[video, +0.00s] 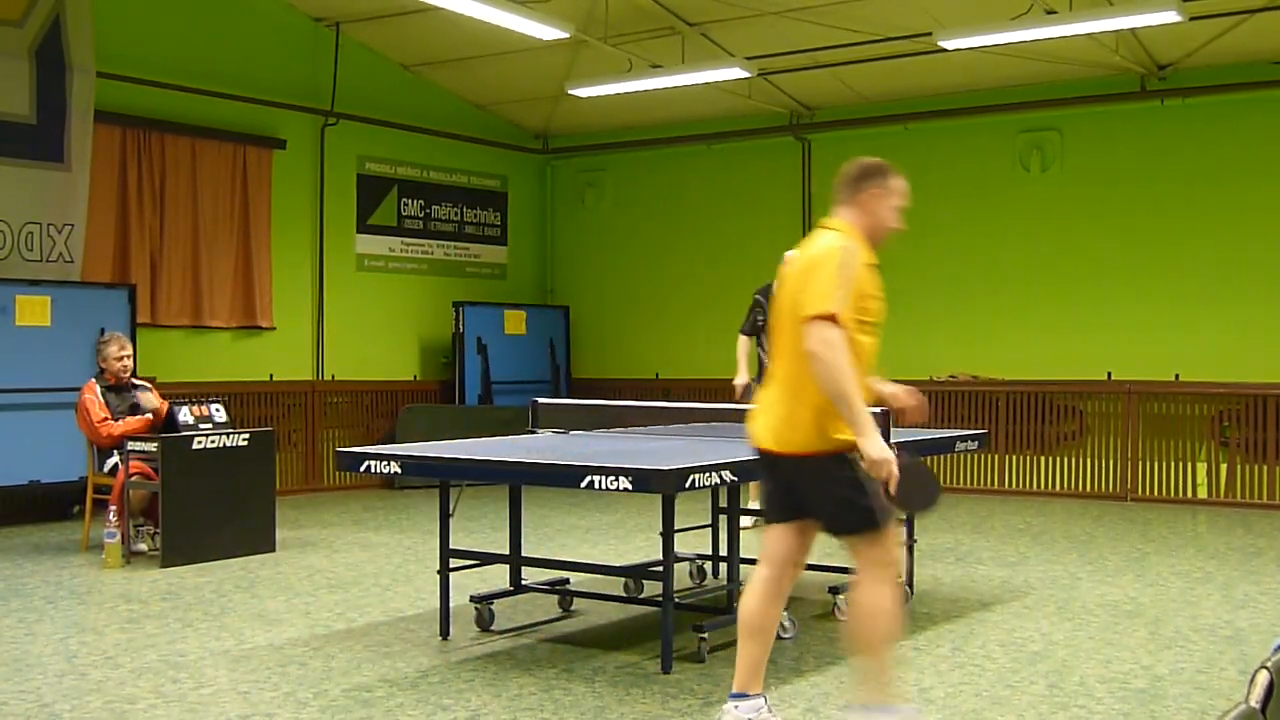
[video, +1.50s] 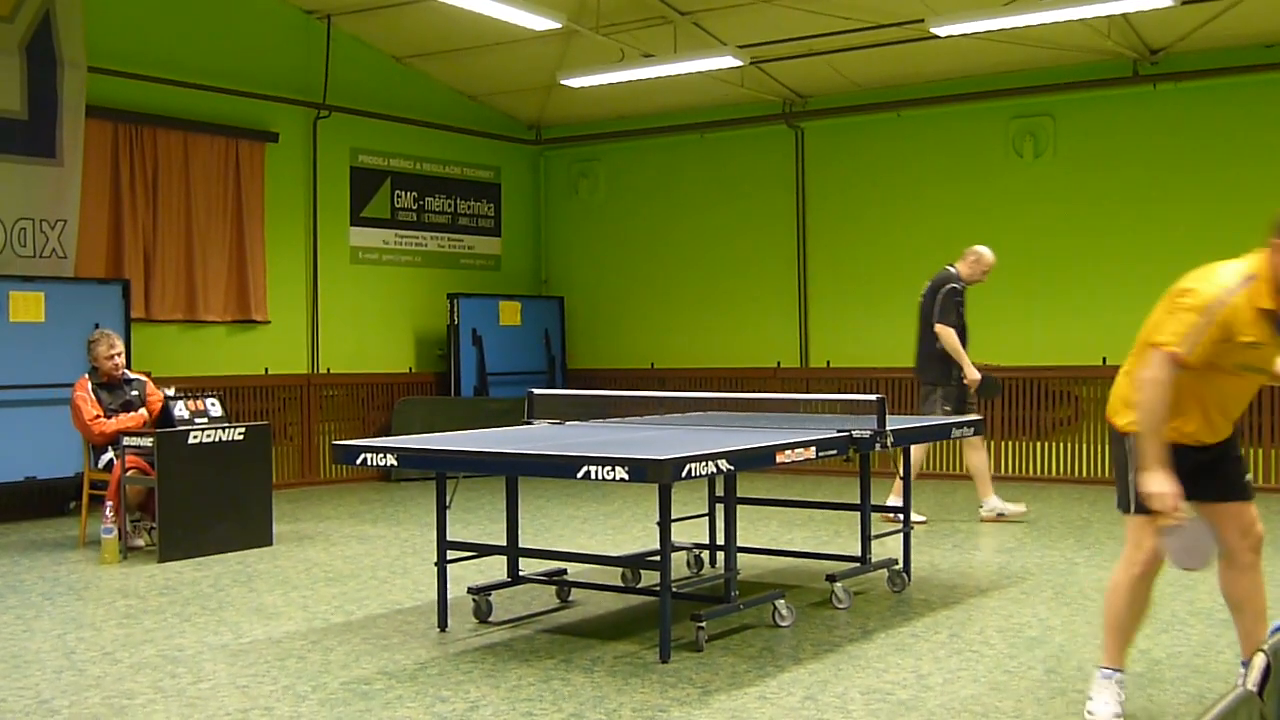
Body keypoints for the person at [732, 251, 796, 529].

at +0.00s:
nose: (792, 269)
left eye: (797, 265)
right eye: (789, 263)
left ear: (807, 269)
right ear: (782, 267)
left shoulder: (813, 299)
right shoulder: (765, 296)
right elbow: (746, 334)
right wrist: (742, 372)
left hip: (801, 385)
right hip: (769, 383)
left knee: (798, 450)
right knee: (763, 449)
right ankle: (754, 505)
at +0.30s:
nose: (837, 276)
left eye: (840, 272)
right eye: (833, 271)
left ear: (842, 273)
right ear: (816, 270)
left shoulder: (840, 296)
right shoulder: (796, 296)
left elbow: (838, 335)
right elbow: (778, 335)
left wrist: (838, 370)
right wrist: (780, 376)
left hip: (828, 382)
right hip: (799, 384)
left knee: (826, 446)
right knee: (791, 443)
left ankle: (810, 512)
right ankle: (760, 495)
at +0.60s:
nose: (878, 284)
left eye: (880, 279)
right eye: (875, 277)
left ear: (872, 276)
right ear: (858, 271)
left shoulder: (862, 298)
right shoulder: (835, 294)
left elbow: (860, 334)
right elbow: (815, 330)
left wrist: (879, 362)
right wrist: (815, 370)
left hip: (845, 380)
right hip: (831, 380)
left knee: (825, 446)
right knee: (855, 441)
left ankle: (809, 509)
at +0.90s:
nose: (913, 278)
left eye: (915, 273)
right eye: (911, 272)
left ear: (900, 266)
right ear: (896, 263)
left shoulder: (889, 287)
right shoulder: (873, 286)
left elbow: (880, 334)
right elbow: (856, 326)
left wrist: (883, 373)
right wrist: (859, 367)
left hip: (878, 374)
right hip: (871, 375)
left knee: (854, 438)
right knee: (892, 439)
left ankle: (820, 493)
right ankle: (897, 505)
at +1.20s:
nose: (946, 272)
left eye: (949, 266)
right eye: (945, 265)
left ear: (929, 256)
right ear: (931, 256)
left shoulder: (906, 276)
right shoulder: (914, 279)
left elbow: (903, 326)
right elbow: (909, 323)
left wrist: (930, 359)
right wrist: (934, 358)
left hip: (910, 368)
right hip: (909, 369)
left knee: (935, 424)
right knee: (911, 433)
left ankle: (916, 493)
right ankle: (898, 501)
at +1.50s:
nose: (984, 279)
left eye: (987, 274)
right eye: (984, 272)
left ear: (969, 261)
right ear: (970, 261)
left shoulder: (946, 282)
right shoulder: (950, 285)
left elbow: (939, 333)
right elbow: (943, 328)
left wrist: (960, 369)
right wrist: (968, 366)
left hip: (953, 379)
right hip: (940, 377)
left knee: (973, 437)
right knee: (922, 439)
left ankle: (990, 502)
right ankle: (895, 502)